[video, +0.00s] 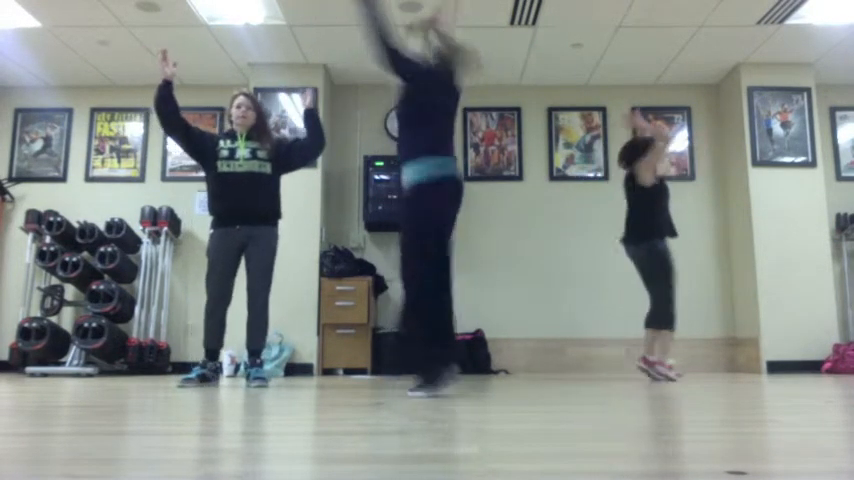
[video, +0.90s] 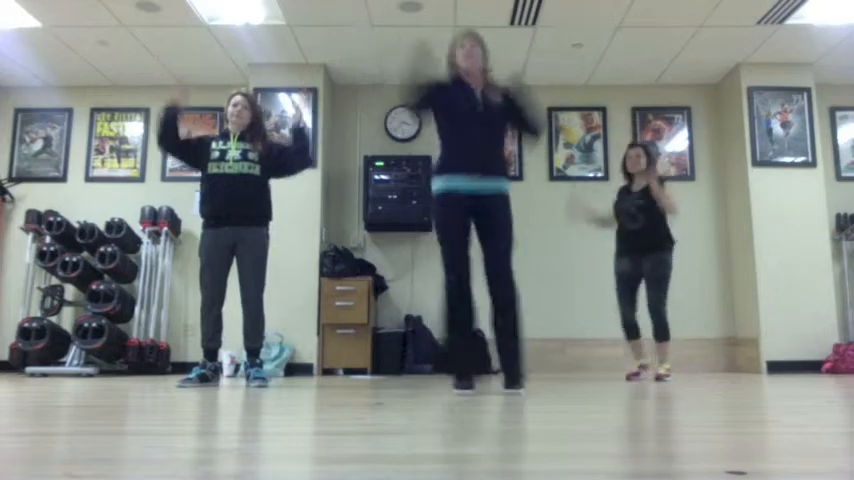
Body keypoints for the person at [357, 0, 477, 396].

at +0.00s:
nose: (414, 48)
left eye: (418, 45)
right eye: (419, 43)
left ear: (424, 52)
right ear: (449, 58)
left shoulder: (422, 78)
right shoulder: (446, 83)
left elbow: (388, 50)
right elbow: (442, 57)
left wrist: (368, 5)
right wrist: (433, 28)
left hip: (426, 185)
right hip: (443, 183)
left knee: (419, 273)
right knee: (433, 271)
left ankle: (432, 367)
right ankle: (440, 361)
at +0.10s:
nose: (412, 77)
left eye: (416, 71)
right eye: (412, 71)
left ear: (427, 73)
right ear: (435, 73)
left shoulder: (436, 99)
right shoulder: (433, 101)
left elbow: (428, 61)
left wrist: (414, 28)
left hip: (435, 199)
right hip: (434, 199)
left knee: (418, 286)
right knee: (423, 286)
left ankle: (439, 377)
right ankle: (442, 374)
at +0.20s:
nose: (424, 66)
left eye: (431, 61)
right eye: (421, 61)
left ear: (445, 65)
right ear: (416, 67)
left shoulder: (456, 96)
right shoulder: (413, 105)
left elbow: (489, 66)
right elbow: (387, 88)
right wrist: (390, 50)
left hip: (445, 200)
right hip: (419, 203)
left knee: (430, 283)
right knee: (417, 283)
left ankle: (438, 373)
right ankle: (433, 370)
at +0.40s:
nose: (443, 46)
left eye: (450, 41)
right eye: (437, 42)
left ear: (462, 48)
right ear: (431, 51)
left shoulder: (478, 86)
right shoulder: (417, 87)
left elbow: (528, 84)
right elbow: (372, 74)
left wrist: (531, 32)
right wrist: (379, 26)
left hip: (464, 186)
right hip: (422, 187)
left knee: (467, 275)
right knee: (425, 278)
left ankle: (483, 363)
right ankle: (430, 368)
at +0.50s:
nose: (449, 61)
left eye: (455, 54)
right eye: (443, 55)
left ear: (466, 61)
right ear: (436, 62)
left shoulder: (480, 103)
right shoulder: (422, 100)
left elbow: (533, 110)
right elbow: (370, 89)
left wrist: (537, 64)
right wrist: (382, 44)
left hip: (468, 199)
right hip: (425, 199)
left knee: (474, 283)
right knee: (425, 284)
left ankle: (490, 372)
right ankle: (431, 372)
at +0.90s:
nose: (469, 52)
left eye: (475, 47)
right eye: (463, 48)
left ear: (485, 55)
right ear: (454, 57)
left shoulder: (499, 96)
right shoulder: (444, 92)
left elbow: (531, 130)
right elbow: (415, 103)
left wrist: (508, 102)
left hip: (492, 192)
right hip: (452, 192)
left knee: (501, 279)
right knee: (458, 280)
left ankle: (512, 369)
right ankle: (463, 368)